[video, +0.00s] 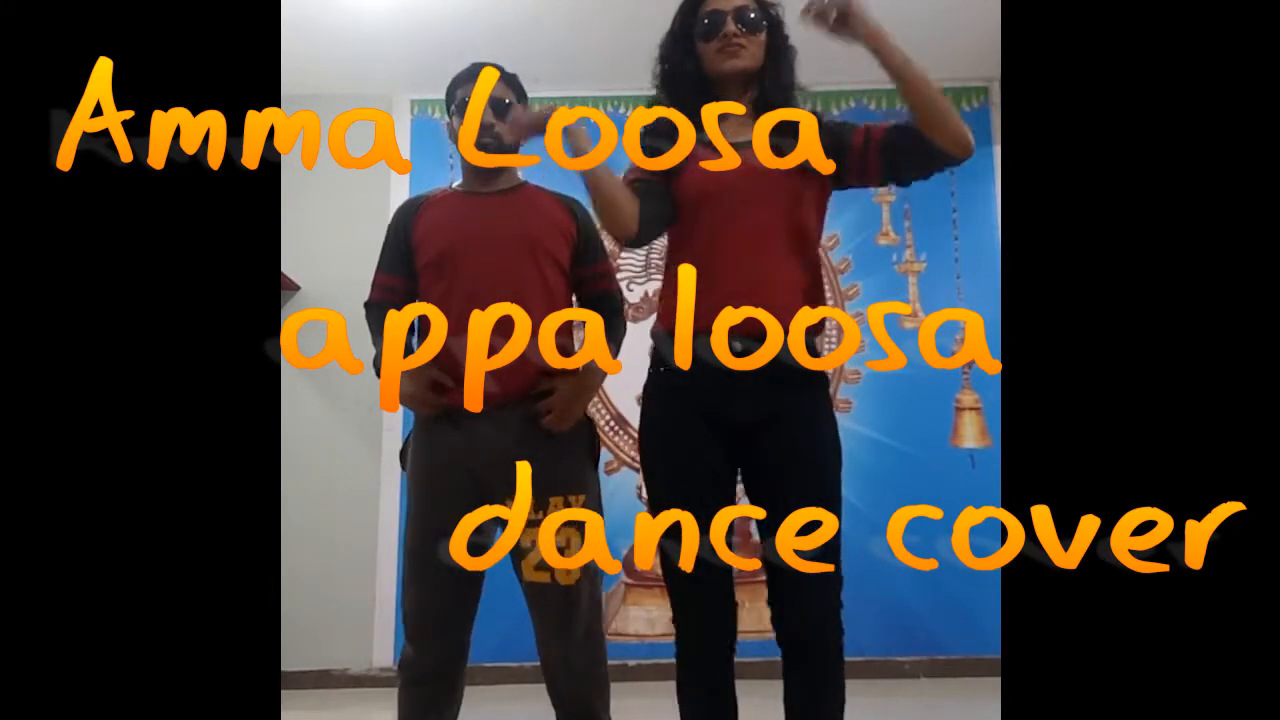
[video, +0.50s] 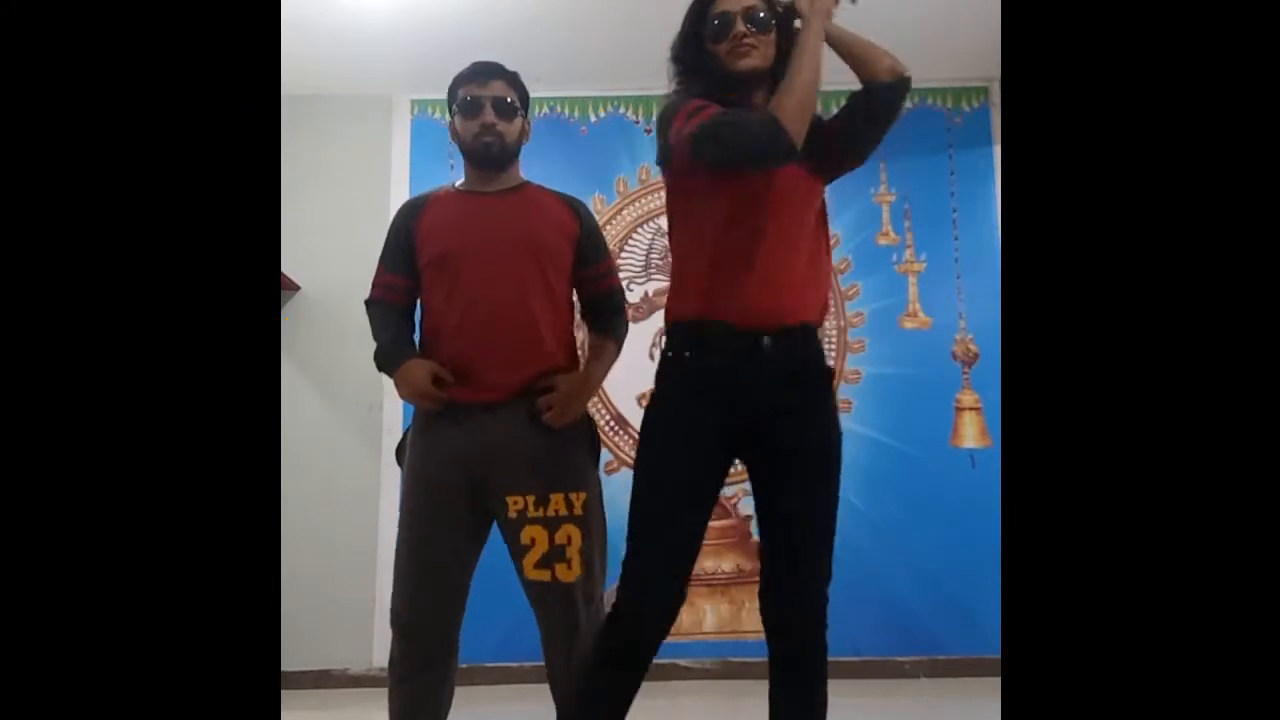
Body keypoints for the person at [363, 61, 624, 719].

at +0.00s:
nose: (488, 118)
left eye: (503, 106)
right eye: (472, 107)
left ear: (525, 123)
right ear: (451, 123)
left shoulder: (566, 215)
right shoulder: (415, 217)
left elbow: (608, 306)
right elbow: (383, 309)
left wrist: (590, 375)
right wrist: (397, 372)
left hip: (551, 436)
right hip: (447, 438)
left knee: (571, 625)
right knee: (432, 628)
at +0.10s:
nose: (489, 121)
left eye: (504, 109)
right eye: (473, 109)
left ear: (523, 125)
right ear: (450, 123)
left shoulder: (565, 217)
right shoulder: (416, 221)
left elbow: (606, 308)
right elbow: (385, 316)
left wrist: (589, 379)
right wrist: (396, 379)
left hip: (549, 441)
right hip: (447, 444)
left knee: (570, 630)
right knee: (431, 635)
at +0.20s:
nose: (490, 115)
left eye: (505, 103)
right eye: (473, 102)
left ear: (523, 120)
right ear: (451, 116)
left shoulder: (567, 209)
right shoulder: (414, 211)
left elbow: (606, 302)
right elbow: (384, 306)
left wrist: (589, 372)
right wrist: (401, 371)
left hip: (550, 432)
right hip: (447, 434)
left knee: (573, 622)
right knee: (433, 627)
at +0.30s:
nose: (490, 120)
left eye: (505, 108)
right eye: (474, 108)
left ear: (524, 125)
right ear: (452, 122)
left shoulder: (568, 217)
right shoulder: (415, 220)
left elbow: (608, 310)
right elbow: (380, 313)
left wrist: (589, 377)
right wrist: (395, 374)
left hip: (549, 442)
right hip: (444, 443)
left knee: (573, 624)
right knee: (425, 624)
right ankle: (420, 719)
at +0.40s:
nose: (490, 115)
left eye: (504, 103)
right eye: (474, 103)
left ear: (523, 117)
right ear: (451, 116)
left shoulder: (569, 207)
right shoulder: (417, 210)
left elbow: (607, 300)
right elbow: (387, 306)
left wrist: (587, 369)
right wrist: (403, 365)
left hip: (548, 431)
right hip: (445, 434)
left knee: (573, 619)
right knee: (420, 621)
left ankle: (587, 719)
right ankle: (414, 718)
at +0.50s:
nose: (489, 117)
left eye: (504, 106)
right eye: (472, 107)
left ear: (525, 125)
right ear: (452, 125)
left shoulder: (569, 215)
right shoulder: (418, 216)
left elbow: (609, 309)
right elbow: (387, 303)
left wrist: (591, 377)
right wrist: (401, 360)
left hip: (548, 432)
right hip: (445, 434)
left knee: (575, 618)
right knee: (420, 619)